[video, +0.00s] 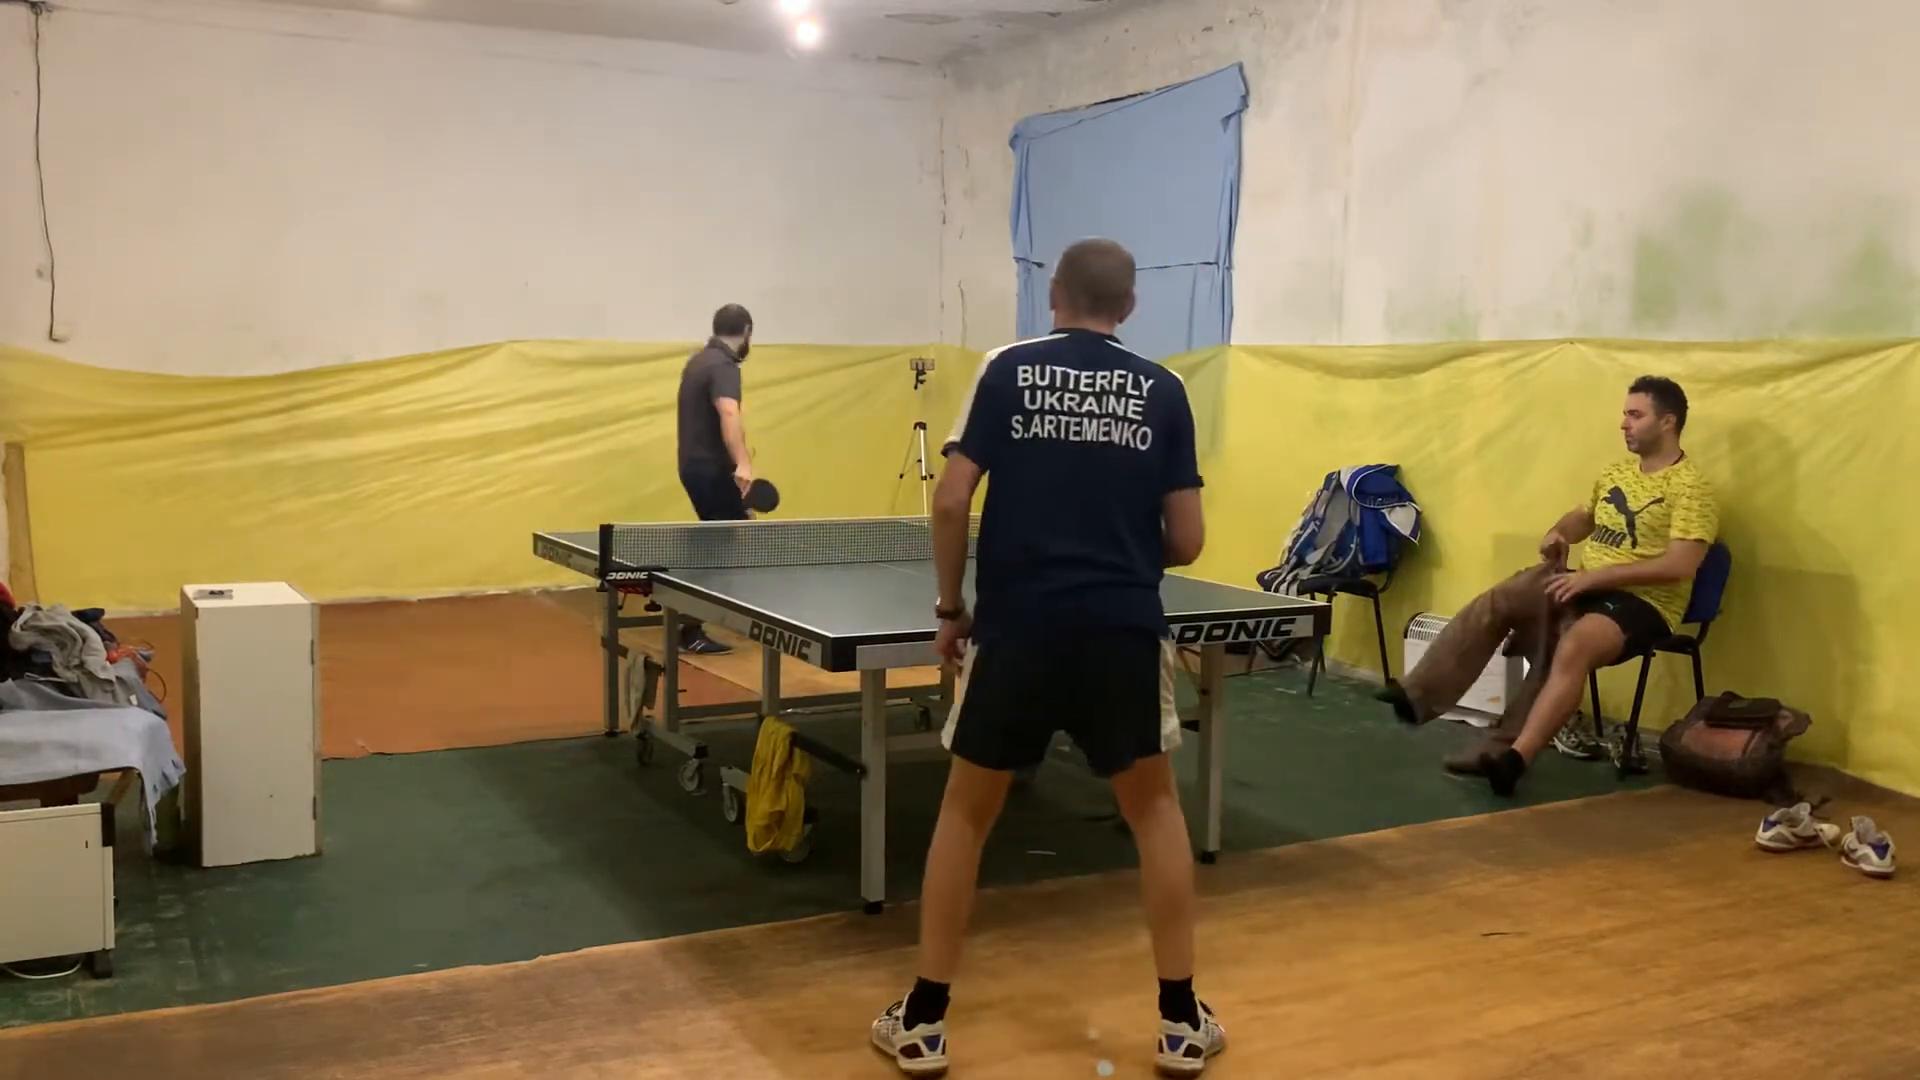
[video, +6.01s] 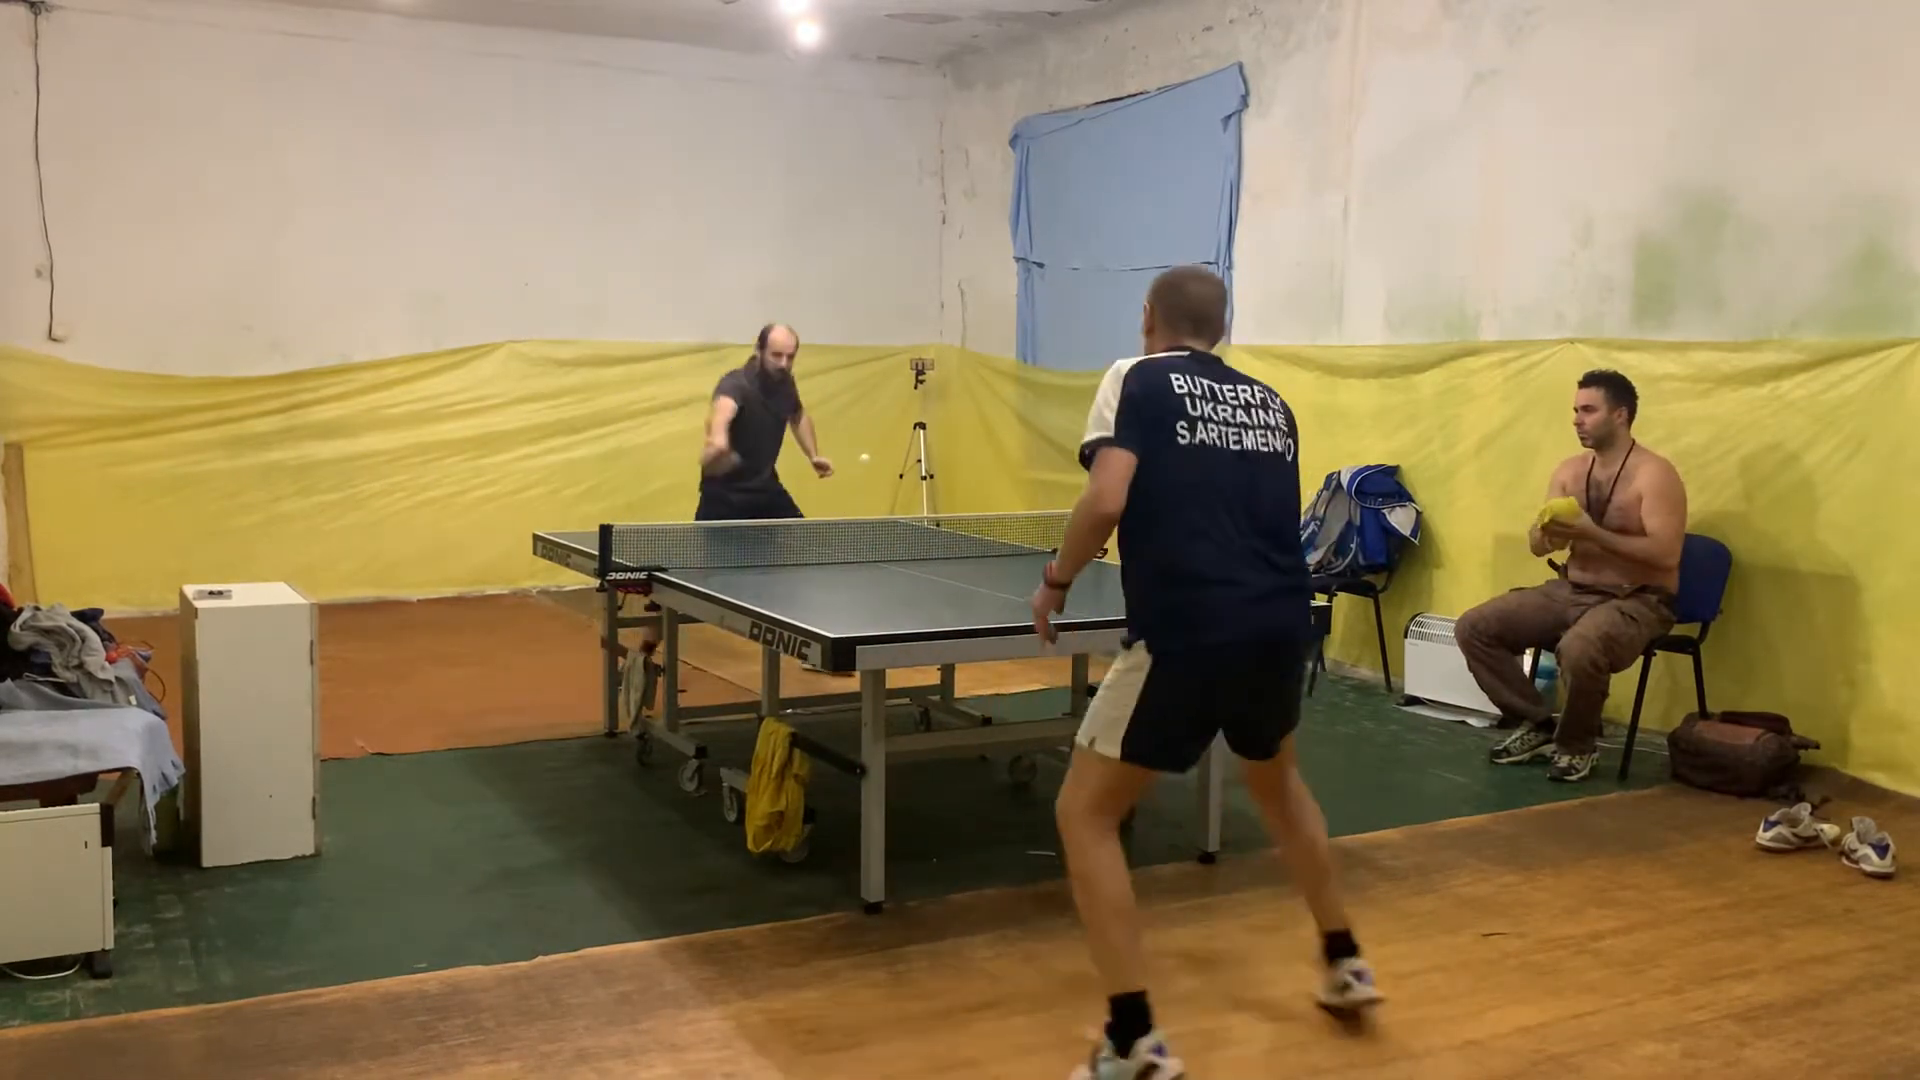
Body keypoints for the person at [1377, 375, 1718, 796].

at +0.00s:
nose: (1624, 425)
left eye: (1635, 416)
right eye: (1625, 415)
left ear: (1669, 423)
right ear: (1655, 422)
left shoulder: (1690, 484)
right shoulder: (1618, 472)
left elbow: (1682, 564)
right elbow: (1585, 516)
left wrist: (1596, 578)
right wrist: (1560, 534)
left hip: (1647, 599)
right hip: (1587, 583)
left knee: (1575, 645)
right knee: (1497, 605)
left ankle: (1516, 759)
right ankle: (1422, 695)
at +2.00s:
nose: (1599, 429)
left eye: (1609, 419)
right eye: (1597, 420)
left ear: (1643, 421)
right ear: (1595, 422)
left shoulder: (1677, 483)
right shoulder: (1591, 477)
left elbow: (1683, 567)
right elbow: (1561, 544)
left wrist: (1645, 628)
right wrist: (1534, 589)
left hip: (1629, 597)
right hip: (1570, 588)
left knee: (1554, 627)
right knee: (1494, 613)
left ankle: (1531, 750)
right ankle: (1479, 732)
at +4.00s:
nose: (1581, 414)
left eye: (1593, 405)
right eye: (1581, 405)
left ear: (1627, 412)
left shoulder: (1656, 471)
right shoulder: (1573, 466)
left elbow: (1649, 548)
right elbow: (1544, 533)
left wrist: (1583, 511)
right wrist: (1502, 514)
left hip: (1640, 600)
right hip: (1574, 592)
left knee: (1579, 649)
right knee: (1475, 630)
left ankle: (1577, 745)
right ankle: (1535, 722)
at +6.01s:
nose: (1576, 419)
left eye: (1587, 410)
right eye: (1576, 410)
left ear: (1621, 415)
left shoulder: (1656, 475)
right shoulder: (1570, 471)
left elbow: (1665, 558)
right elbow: (1542, 544)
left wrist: (1589, 534)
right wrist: (1545, 536)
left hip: (1638, 599)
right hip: (1573, 591)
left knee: (1579, 649)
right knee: (1475, 629)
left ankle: (1577, 745)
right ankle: (1535, 721)